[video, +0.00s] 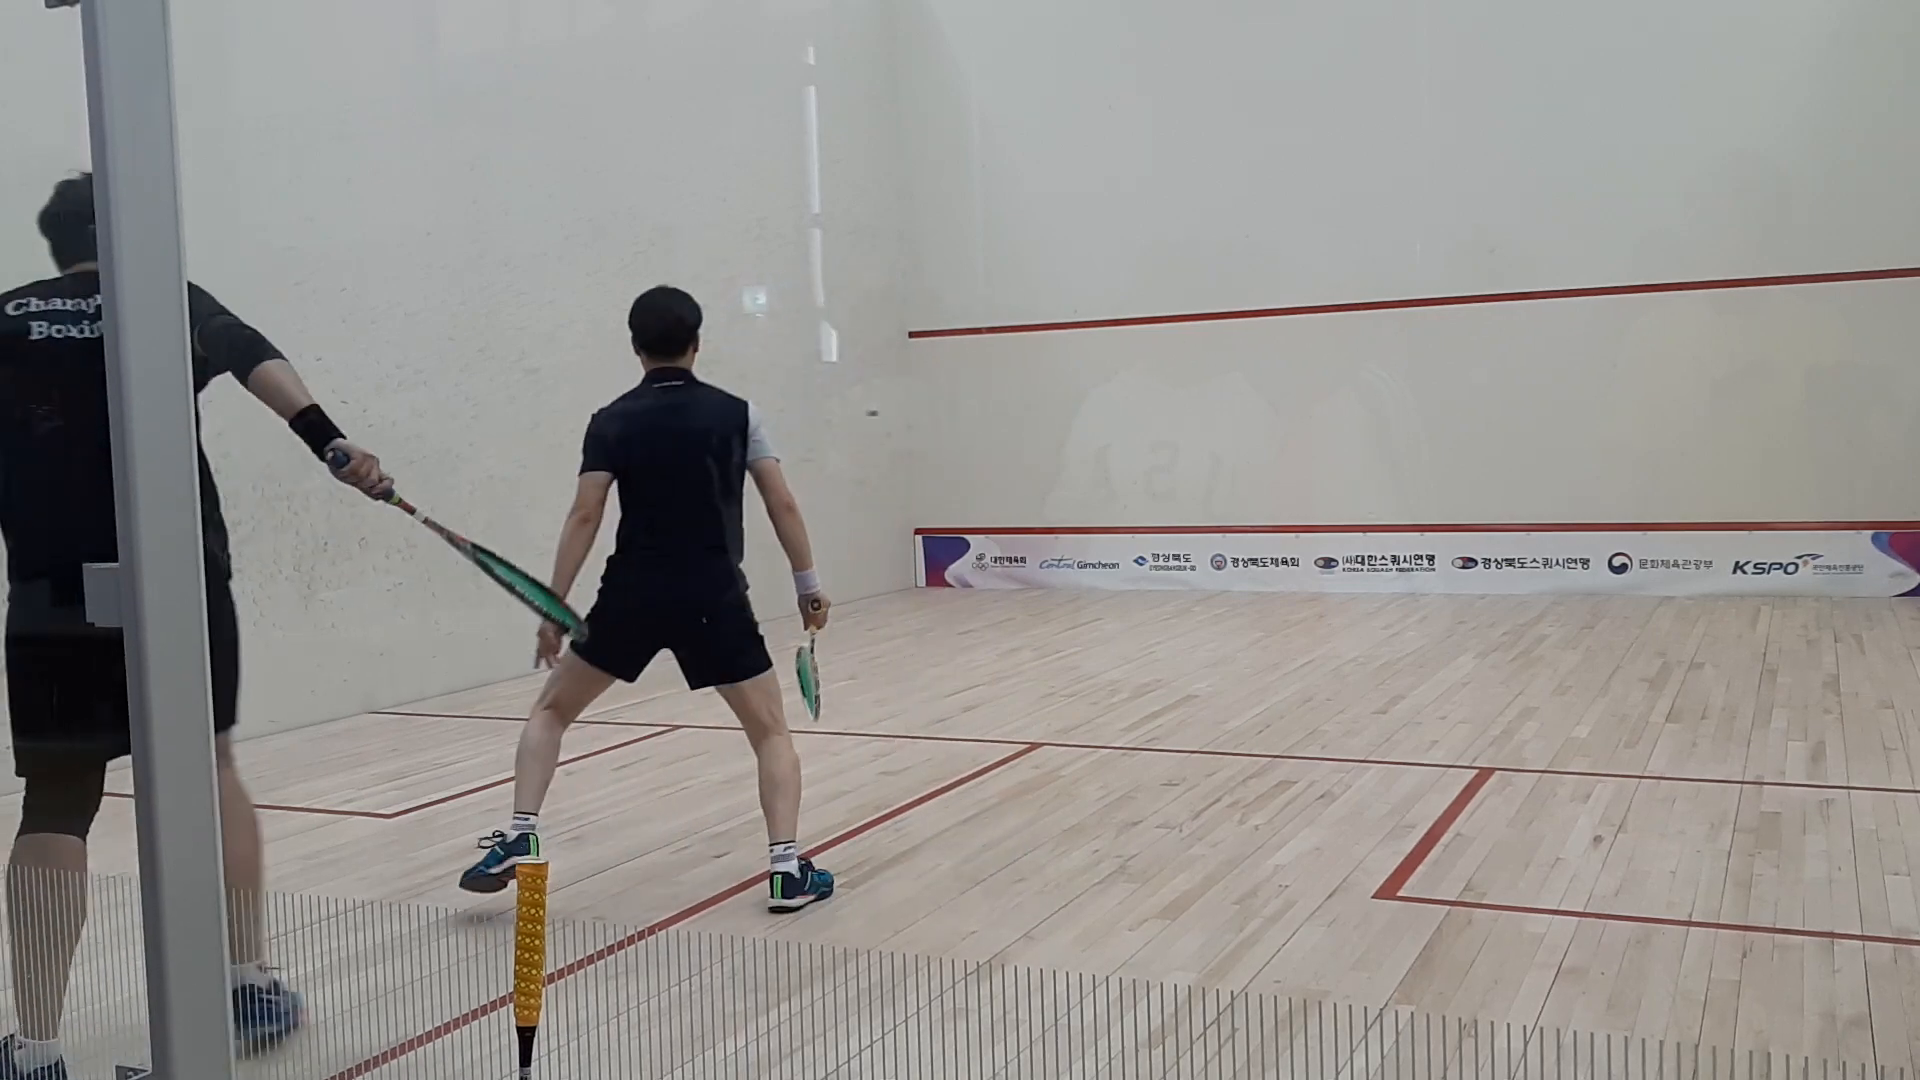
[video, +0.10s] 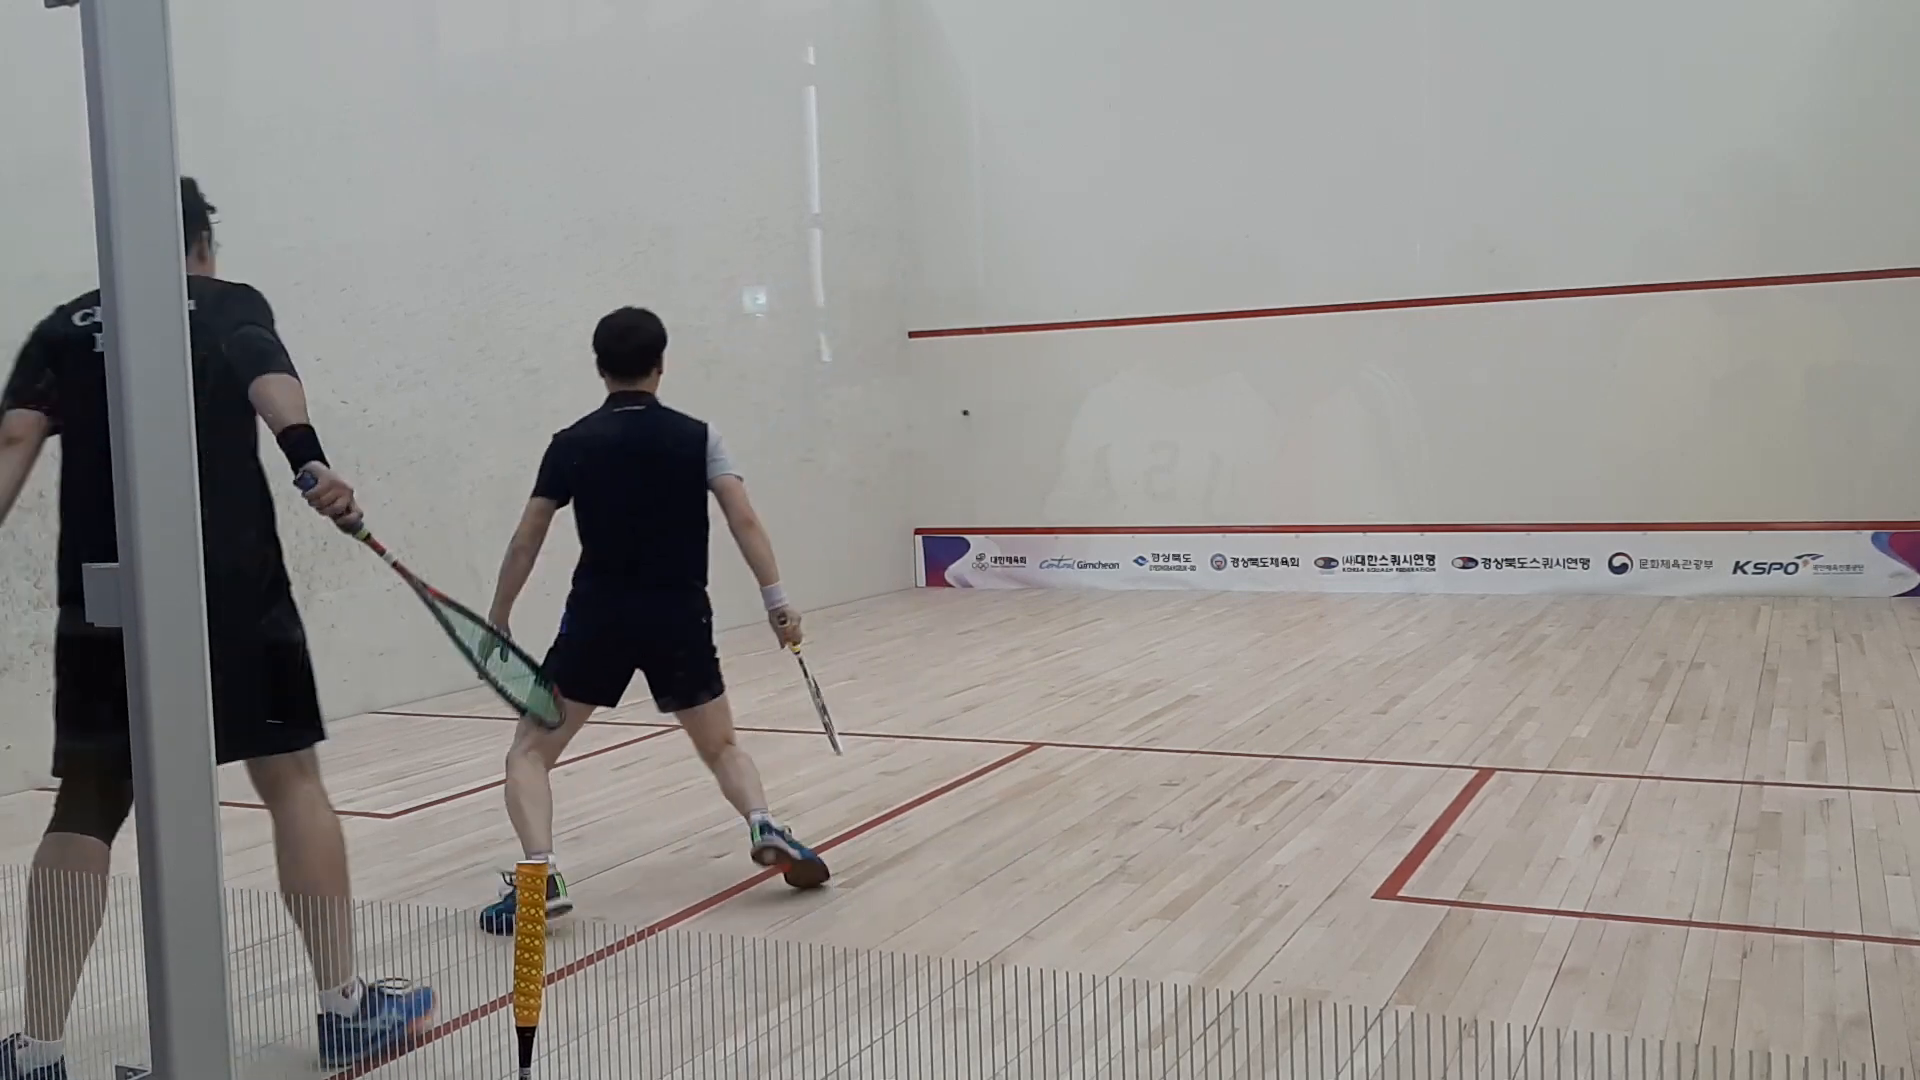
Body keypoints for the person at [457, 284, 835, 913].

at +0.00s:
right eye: (696, 336)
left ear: (634, 346)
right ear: (696, 344)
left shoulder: (613, 421)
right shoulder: (736, 413)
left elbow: (586, 516)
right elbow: (781, 504)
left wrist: (555, 609)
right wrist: (809, 586)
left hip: (630, 602)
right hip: (717, 604)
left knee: (553, 711)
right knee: (770, 732)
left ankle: (520, 834)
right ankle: (787, 865)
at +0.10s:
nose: (663, 364)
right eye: (663, 356)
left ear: (600, 367)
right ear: (660, 365)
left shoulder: (573, 443)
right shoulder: (697, 436)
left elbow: (528, 538)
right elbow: (744, 521)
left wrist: (497, 619)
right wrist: (776, 600)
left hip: (596, 629)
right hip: (679, 626)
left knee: (529, 755)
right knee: (723, 746)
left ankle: (540, 874)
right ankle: (764, 826)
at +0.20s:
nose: (621, 402)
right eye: (623, 393)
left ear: (563, 402)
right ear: (622, 399)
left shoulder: (536, 475)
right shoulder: (658, 463)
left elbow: (524, 561)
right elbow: (706, 532)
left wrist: (555, 605)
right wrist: (746, 611)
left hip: (582, 641)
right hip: (659, 631)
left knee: (513, 772)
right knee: (675, 714)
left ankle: (540, 893)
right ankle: (700, 790)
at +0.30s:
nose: (628, 398)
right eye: (631, 389)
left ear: (572, 395)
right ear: (628, 395)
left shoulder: (542, 459)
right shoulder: (655, 454)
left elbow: (533, 544)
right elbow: (716, 523)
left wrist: (573, 576)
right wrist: (759, 595)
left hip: (567, 611)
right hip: (641, 608)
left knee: (546, 736)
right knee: (658, 685)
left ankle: (539, 858)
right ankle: (653, 787)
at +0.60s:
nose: (607, 418)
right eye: (609, 410)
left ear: (563, 410)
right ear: (611, 412)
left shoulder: (542, 449)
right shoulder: (632, 460)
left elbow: (481, 495)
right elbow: (637, 526)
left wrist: (445, 522)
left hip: (568, 575)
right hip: (632, 573)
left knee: (564, 656)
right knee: (643, 675)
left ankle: (599, 747)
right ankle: (660, 751)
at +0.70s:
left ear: (546, 418)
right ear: (591, 420)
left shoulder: (538, 453)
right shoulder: (610, 459)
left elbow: (514, 498)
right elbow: (625, 524)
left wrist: (495, 549)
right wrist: (645, 580)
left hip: (572, 571)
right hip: (634, 569)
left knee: (567, 662)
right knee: (631, 675)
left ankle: (612, 748)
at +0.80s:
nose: (565, 437)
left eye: (560, 431)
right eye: (571, 429)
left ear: (549, 432)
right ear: (579, 430)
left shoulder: (538, 474)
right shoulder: (595, 466)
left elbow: (543, 531)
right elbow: (623, 522)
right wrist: (639, 552)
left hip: (571, 573)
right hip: (621, 568)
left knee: (554, 669)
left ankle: (598, 722)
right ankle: (621, 705)